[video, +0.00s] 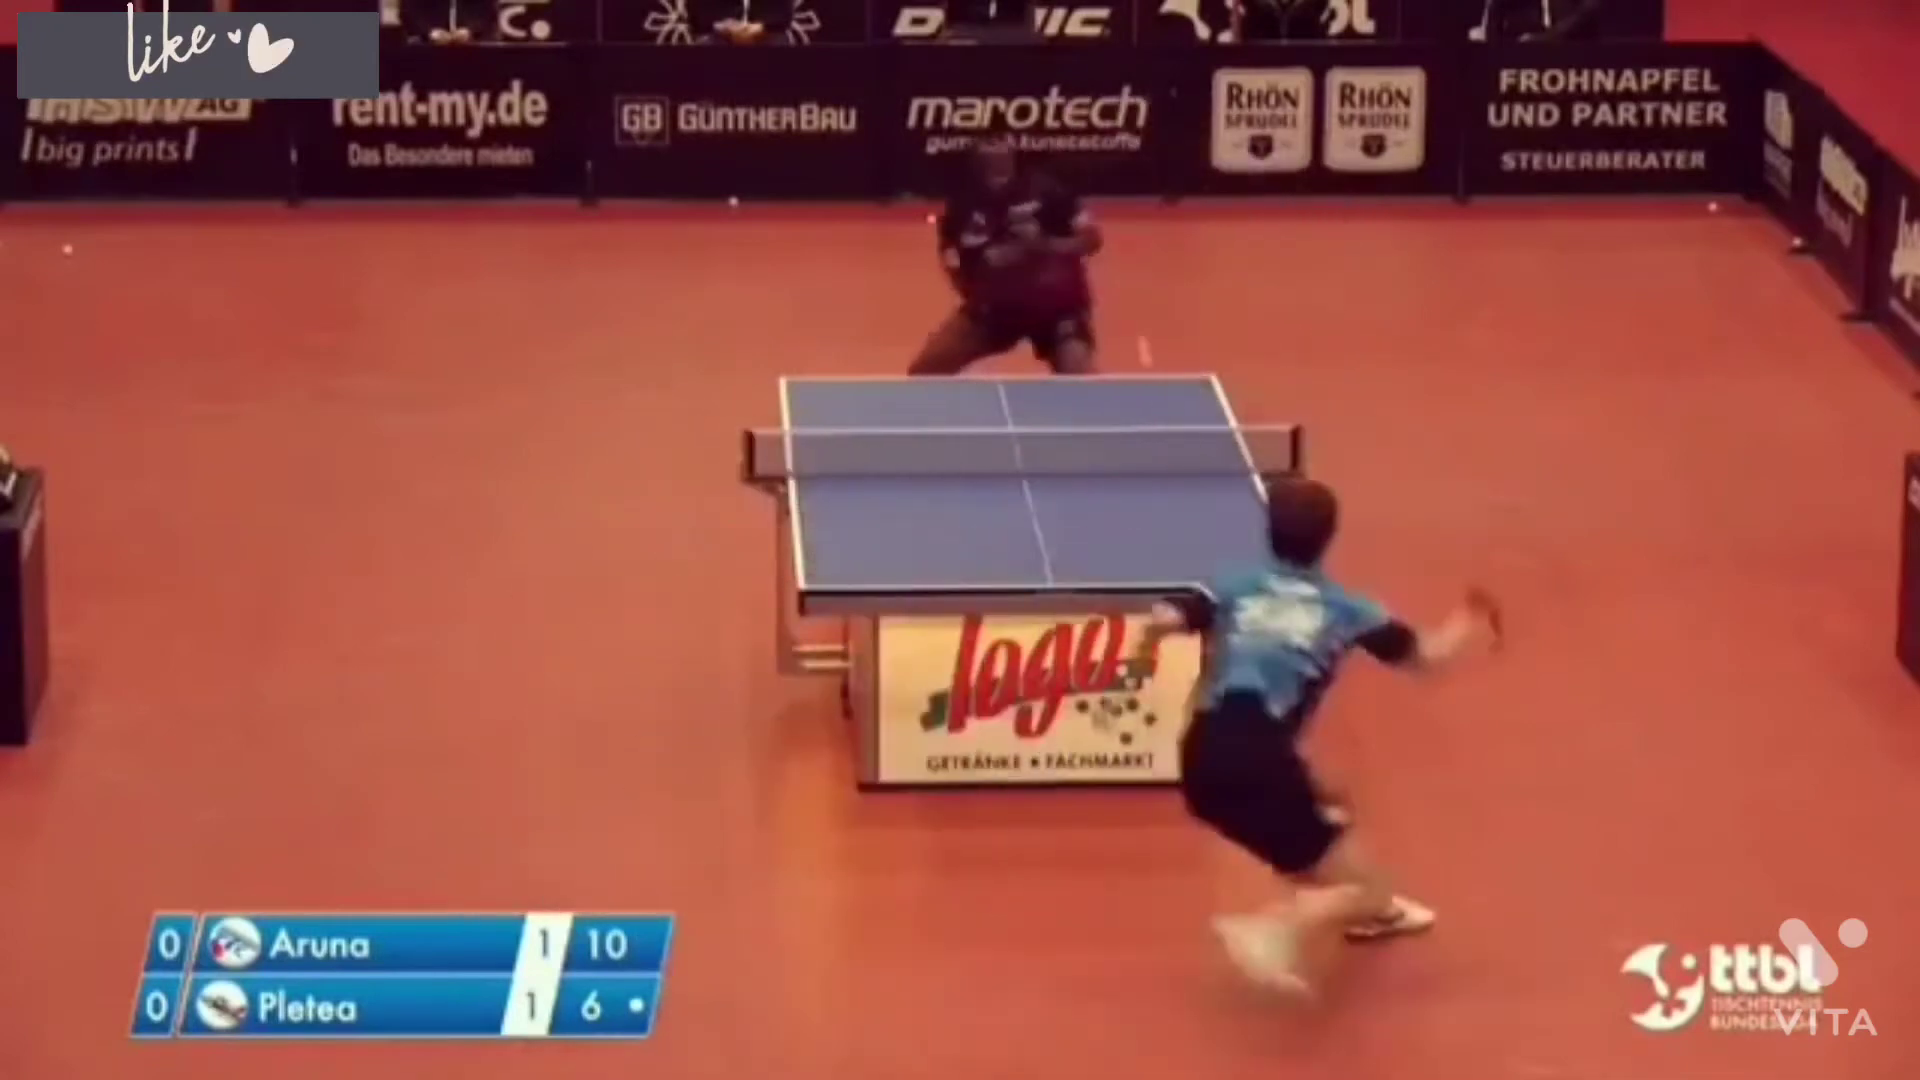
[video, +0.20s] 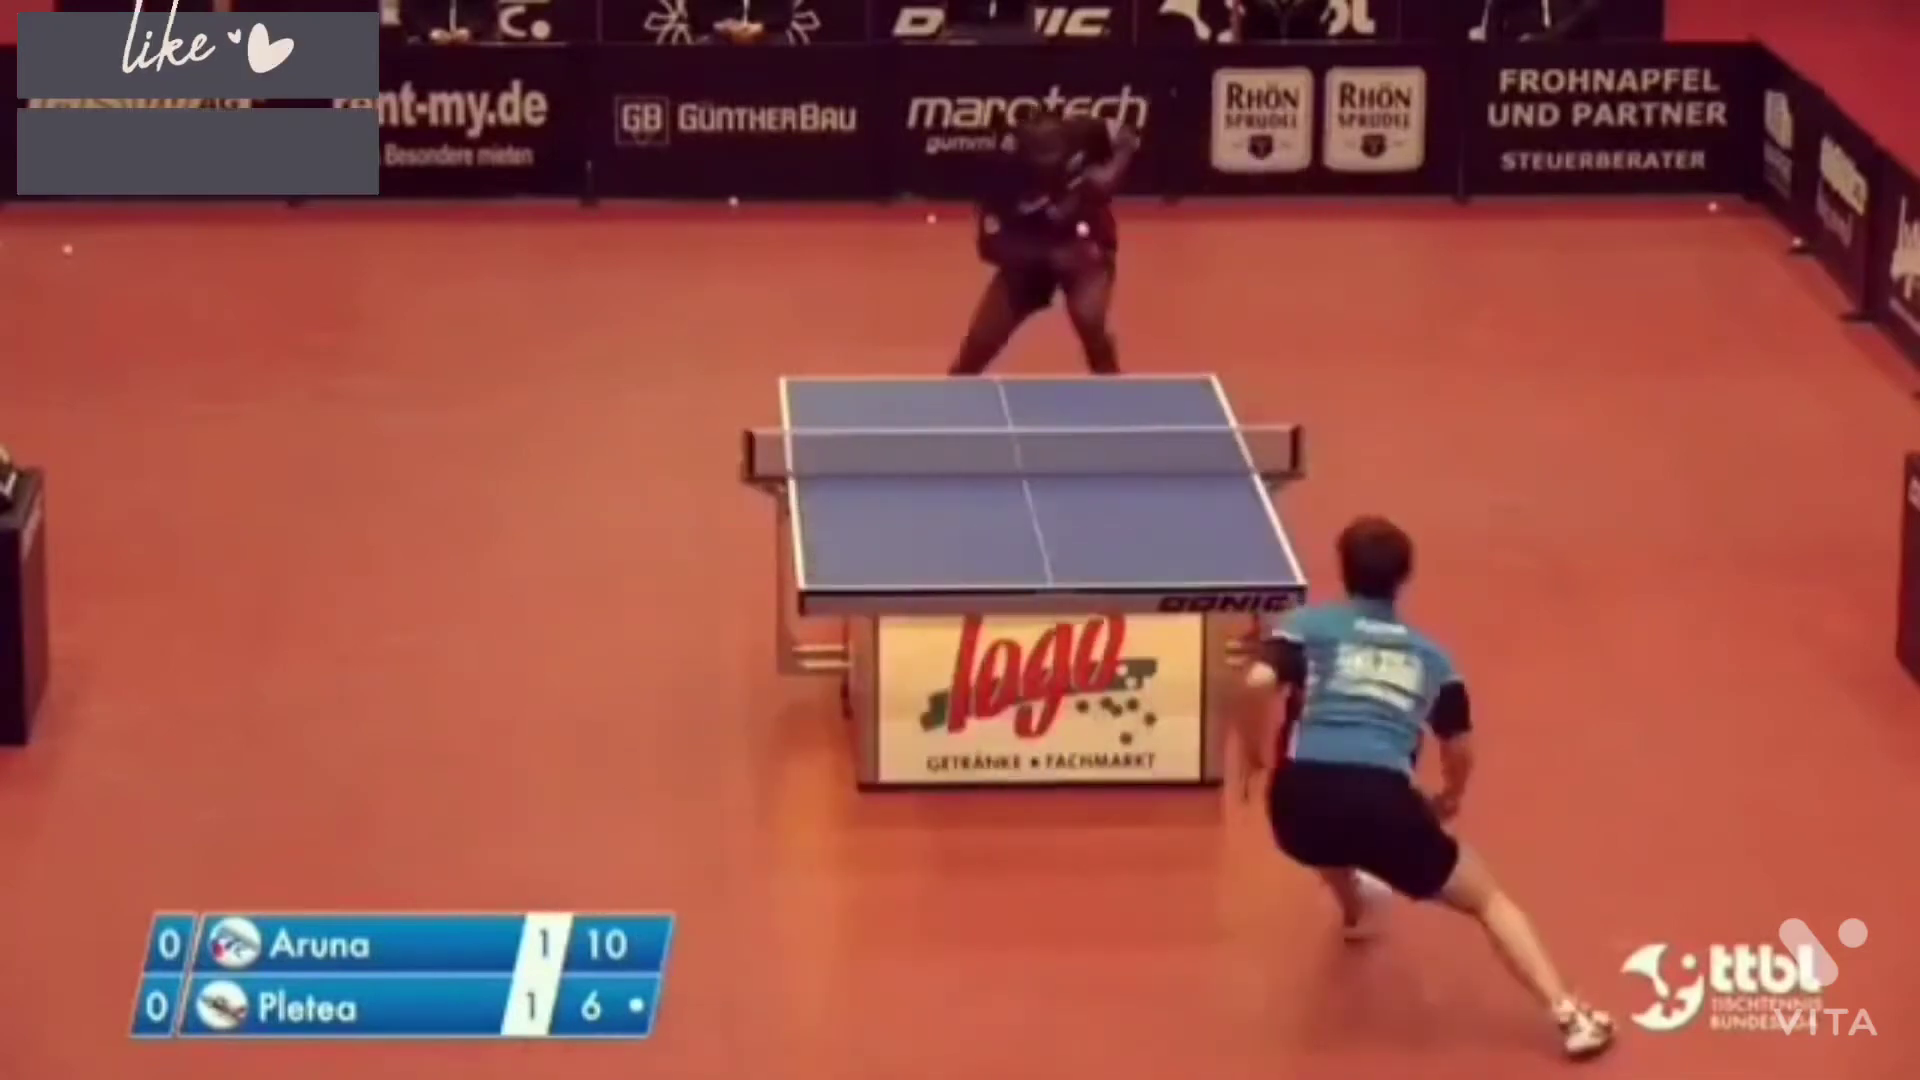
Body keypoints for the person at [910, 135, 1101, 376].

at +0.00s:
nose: (993, 156)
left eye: (998, 145)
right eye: (985, 147)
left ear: (1013, 148)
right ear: (975, 153)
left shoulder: (1043, 189)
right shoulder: (963, 202)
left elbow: (1090, 238)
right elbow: (959, 275)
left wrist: (1040, 242)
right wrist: (992, 258)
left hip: (1057, 309)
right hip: (994, 310)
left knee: (1081, 389)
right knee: (922, 375)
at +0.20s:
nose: (1046, 158)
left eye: (1053, 149)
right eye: (1038, 150)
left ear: (1065, 142)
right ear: (1023, 147)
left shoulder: (1084, 135)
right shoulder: (1004, 174)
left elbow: (1127, 141)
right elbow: (989, 246)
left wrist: (1110, 174)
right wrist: (1053, 255)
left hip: (1083, 252)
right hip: (1028, 254)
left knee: (1089, 321)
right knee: (979, 342)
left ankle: (1115, 402)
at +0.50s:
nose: (1102, 206)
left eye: (1109, 198)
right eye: (1094, 198)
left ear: (1122, 193)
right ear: (1082, 193)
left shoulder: (1151, 214)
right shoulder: (1062, 214)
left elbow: (1183, 246)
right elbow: (1018, 254)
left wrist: (1157, 286)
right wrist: (996, 300)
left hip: (1137, 289)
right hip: (1083, 288)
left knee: (1136, 365)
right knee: (1034, 362)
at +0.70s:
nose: (1119, 159)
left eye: (1127, 150)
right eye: (1112, 151)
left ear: (1142, 149)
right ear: (1101, 150)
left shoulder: (1177, 174)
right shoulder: (1087, 182)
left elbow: (1220, 219)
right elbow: (1051, 231)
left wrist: (1181, 262)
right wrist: (1037, 262)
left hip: (1171, 276)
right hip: (1110, 277)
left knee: (1206, 362)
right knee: (1055, 360)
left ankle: (1234, 439)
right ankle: (1033, 444)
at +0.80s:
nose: (1127, 148)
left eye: (1135, 139)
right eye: (1121, 140)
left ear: (1152, 137)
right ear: (1110, 139)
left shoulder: (1186, 171)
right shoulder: (1099, 177)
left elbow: (1234, 218)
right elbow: (1070, 224)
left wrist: (1201, 260)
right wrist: (1055, 250)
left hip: (1187, 281)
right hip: (1125, 282)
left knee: (1223, 377)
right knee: (1060, 358)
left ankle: (1271, 439)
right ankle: (1043, 447)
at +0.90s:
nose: (1142, 132)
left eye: (1149, 123)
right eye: (1135, 123)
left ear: (1166, 120)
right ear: (1125, 123)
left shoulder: (1198, 157)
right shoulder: (1117, 162)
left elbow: (1243, 210)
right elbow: (1090, 212)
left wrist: (1208, 256)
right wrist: (1073, 243)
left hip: (1200, 266)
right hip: (1140, 266)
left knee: (1249, 357)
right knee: (1072, 338)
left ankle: (1282, 438)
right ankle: (1047, 427)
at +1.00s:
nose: (1141, 130)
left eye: (1149, 120)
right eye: (1134, 121)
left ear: (1167, 120)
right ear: (1124, 123)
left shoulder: (1204, 154)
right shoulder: (1116, 164)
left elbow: (1244, 207)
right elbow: (1096, 219)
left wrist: (1214, 254)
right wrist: (1089, 251)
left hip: (1205, 266)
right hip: (1140, 267)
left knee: (1260, 350)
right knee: (1070, 345)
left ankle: (1293, 439)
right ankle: (1045, 437)